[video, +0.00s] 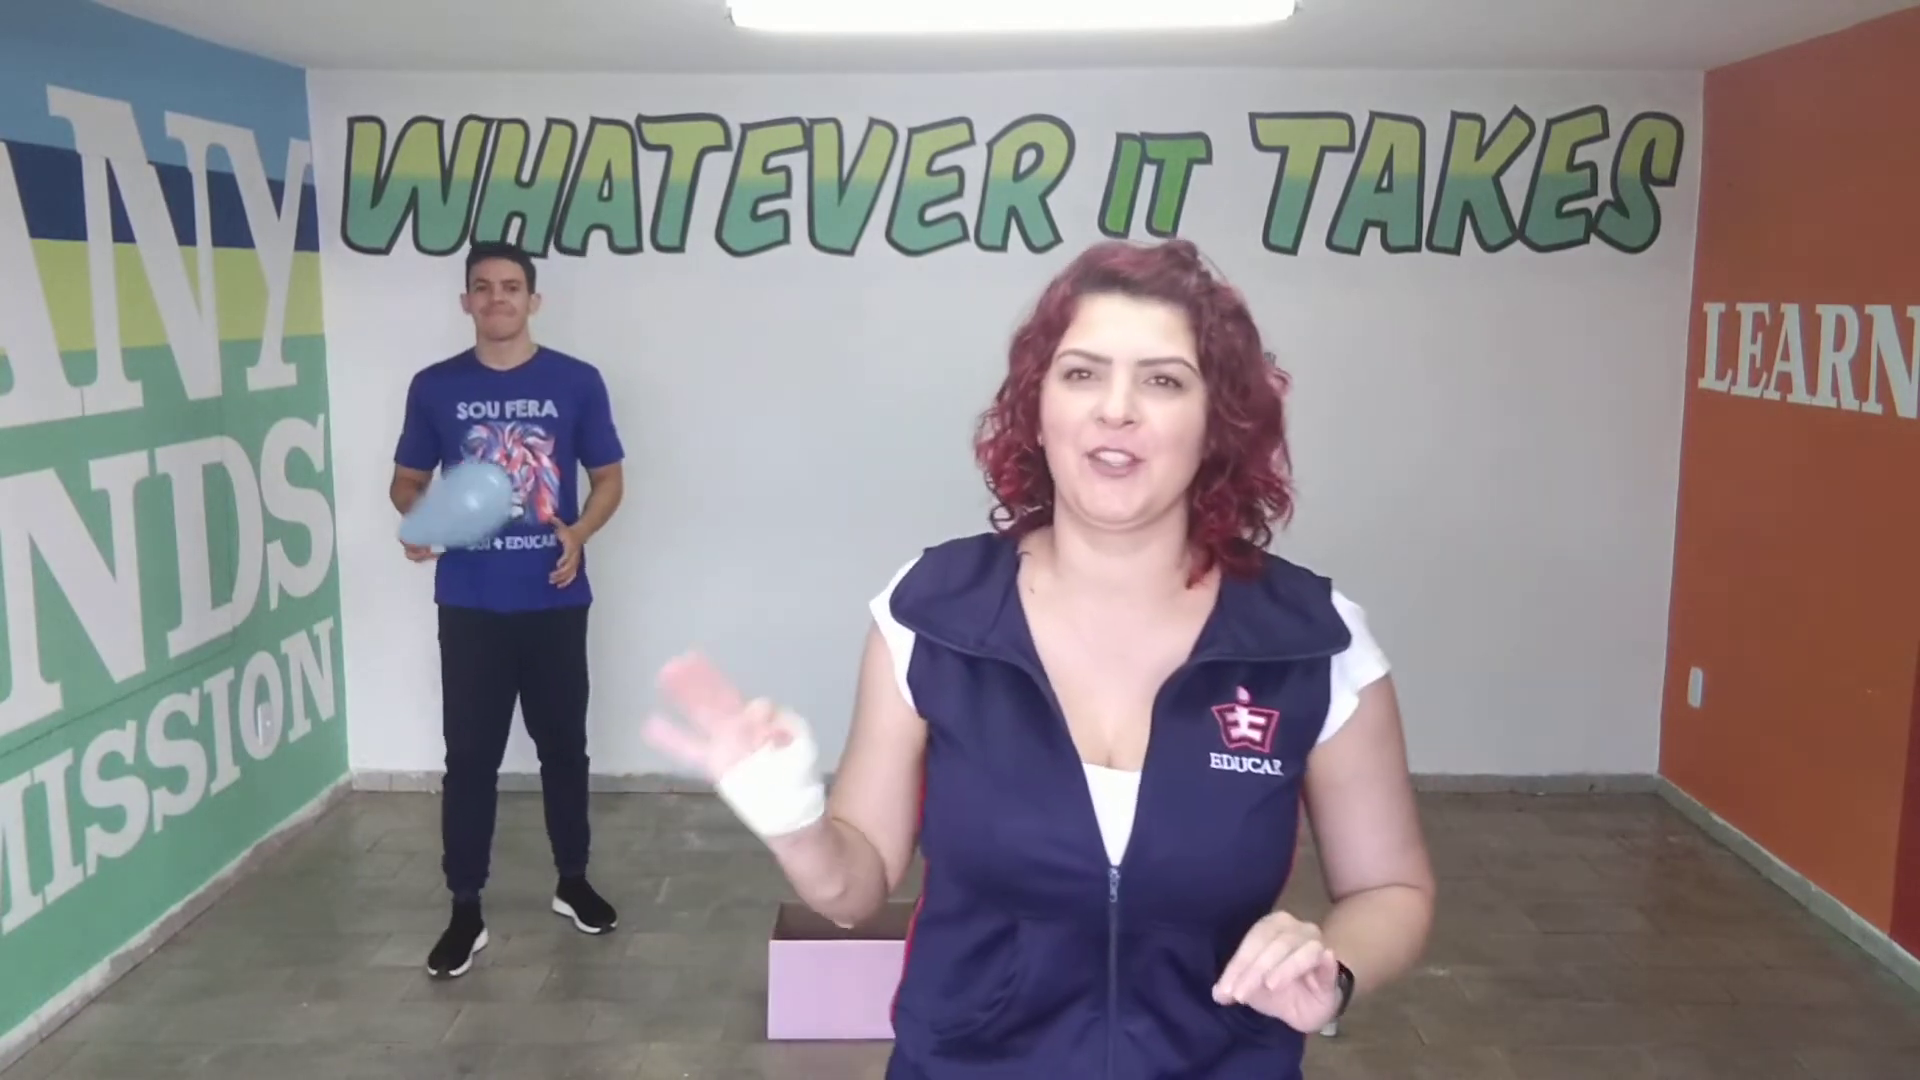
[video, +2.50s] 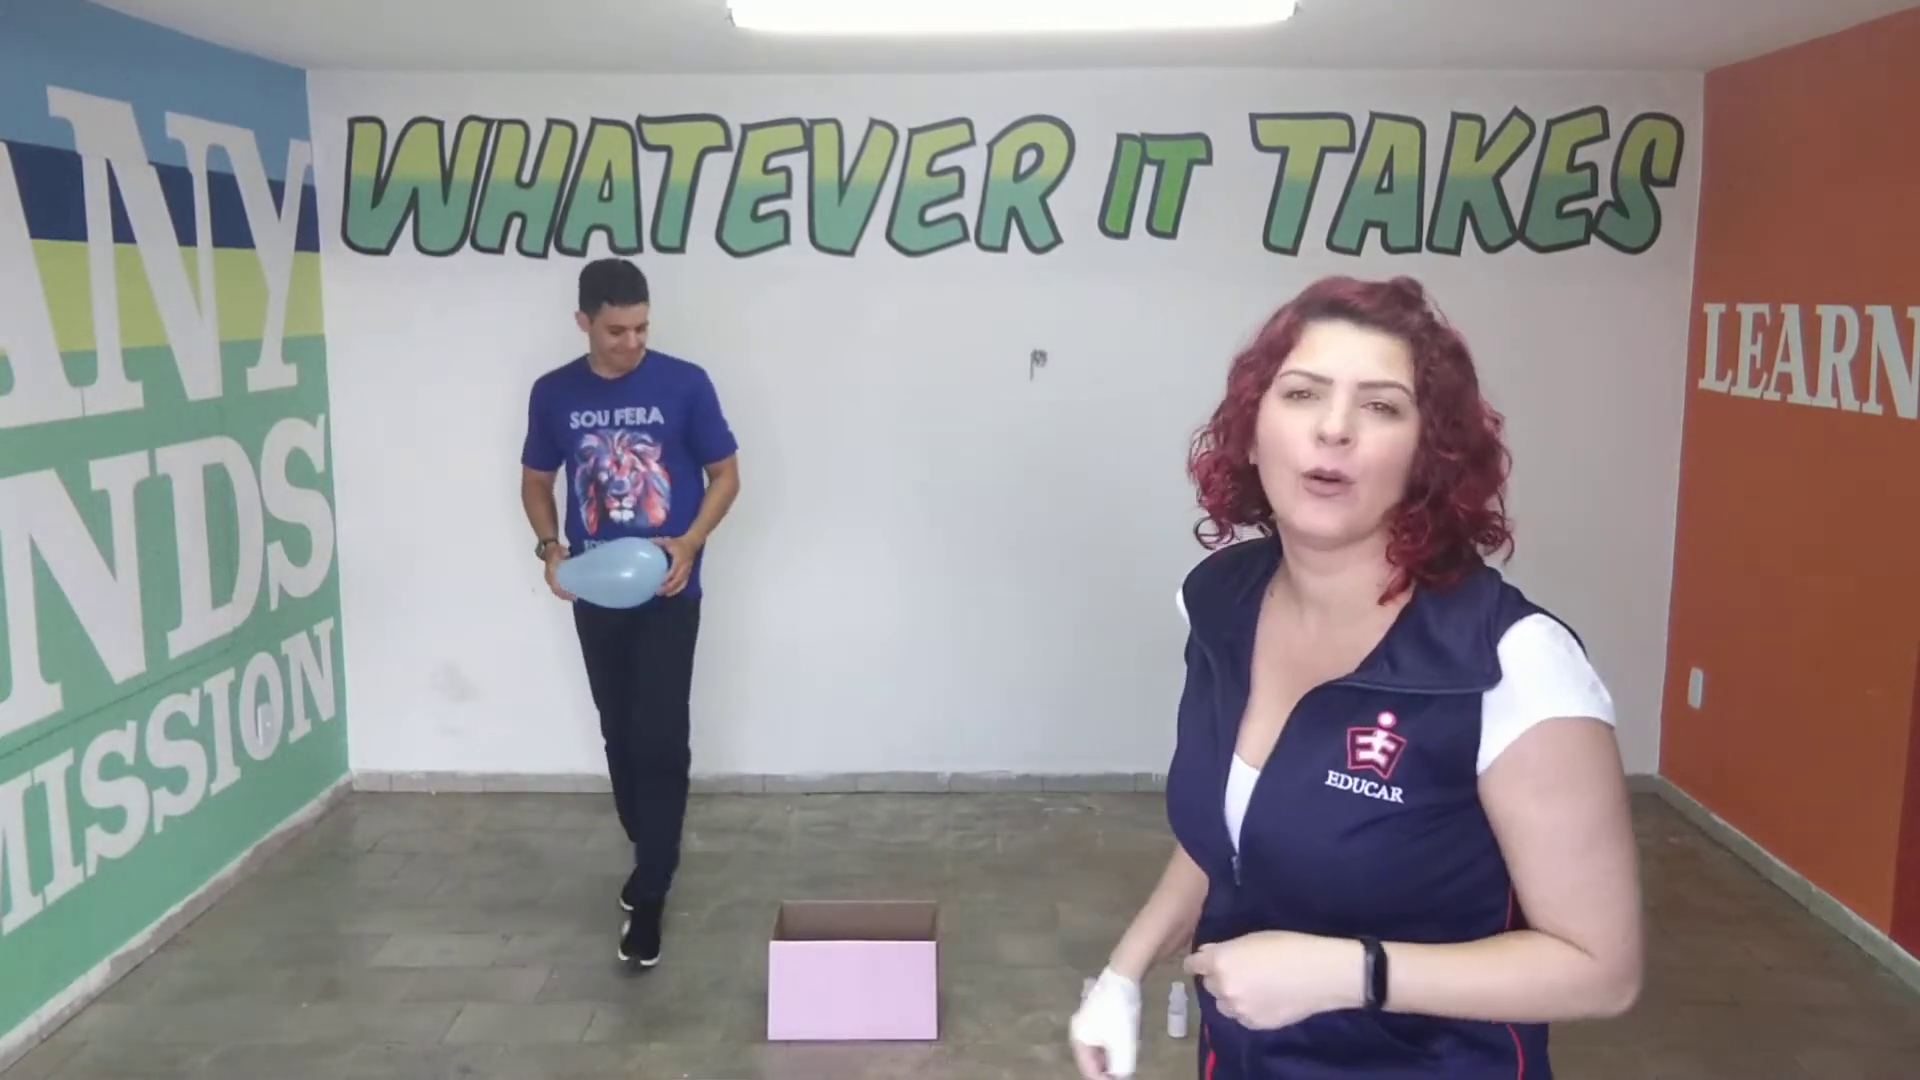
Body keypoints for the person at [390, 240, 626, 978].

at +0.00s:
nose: (495, 299)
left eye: (508, 288)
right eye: (482, 288)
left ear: (532, 299)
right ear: (466, 300)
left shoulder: (576, 383)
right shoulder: (436, 386)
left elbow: (610, 480)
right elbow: (407, 481)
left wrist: (581, 531)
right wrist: (424, 521)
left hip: (554, 607)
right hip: (471, 609)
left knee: (565, 750)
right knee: (469, 761)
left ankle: (572, 881)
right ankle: (465, 911)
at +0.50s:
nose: (441, 303)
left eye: (454, 290)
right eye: (427, 292)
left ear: (478, 301)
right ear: (411, 305)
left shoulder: (525, 381)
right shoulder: (383, 392)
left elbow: (561, 475)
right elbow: (352, 499)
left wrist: (545, 532)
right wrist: (346, 412)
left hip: (527, 609)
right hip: (438, 618)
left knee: (562, 747)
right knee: (449, 770)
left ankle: (562, 879)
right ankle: (463, 914)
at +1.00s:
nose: (506, 323)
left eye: (515, 310)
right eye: (492, 309)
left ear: (521, 311)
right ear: (452, 306)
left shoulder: (548, 387)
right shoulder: (402, 393)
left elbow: (578, 482)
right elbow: (356, 499)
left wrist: (570, 528)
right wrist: (393, 497)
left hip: (542, 615)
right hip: (454, 622)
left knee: (575, 767)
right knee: (460, 774)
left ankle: (609, 917)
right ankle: (465, 914)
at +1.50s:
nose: (611, 341)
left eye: (621, 328)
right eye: (601, 325)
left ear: (626, 322)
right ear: (561, 307)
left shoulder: (640, 395)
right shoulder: (495, 379)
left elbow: (661, 497)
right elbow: (451, 472)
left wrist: (630, 559)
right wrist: (478, 533)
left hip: (605, 617)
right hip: (516, 614)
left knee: (611, 770)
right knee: (489, 766)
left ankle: (612, 920)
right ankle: (467, 909)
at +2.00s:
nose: (654, 335)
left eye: (666, 324)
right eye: (646, 318)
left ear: (673, 323)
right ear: (610, 303)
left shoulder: (685, 399)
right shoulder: (547, 377)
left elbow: (709, 500)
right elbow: (503, 469)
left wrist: (676, 559)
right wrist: (520, 532)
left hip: (641, 605)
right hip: (560, 600)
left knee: (627, 763)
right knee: (562, 749)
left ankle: (615, 920)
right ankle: (643, 830)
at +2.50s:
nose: (630, 342)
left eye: (639, 329)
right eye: (616, 331)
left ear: (649, 319)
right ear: (585, 322)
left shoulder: (684, 384)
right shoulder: (554, 394)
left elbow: (726, 475)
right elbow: (536, 484)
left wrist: (693, 540)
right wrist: (551, 541)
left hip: (668, 588)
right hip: (596, 591)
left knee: (660, 734)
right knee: (619, 732)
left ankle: (650, 895)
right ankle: (648, 861)